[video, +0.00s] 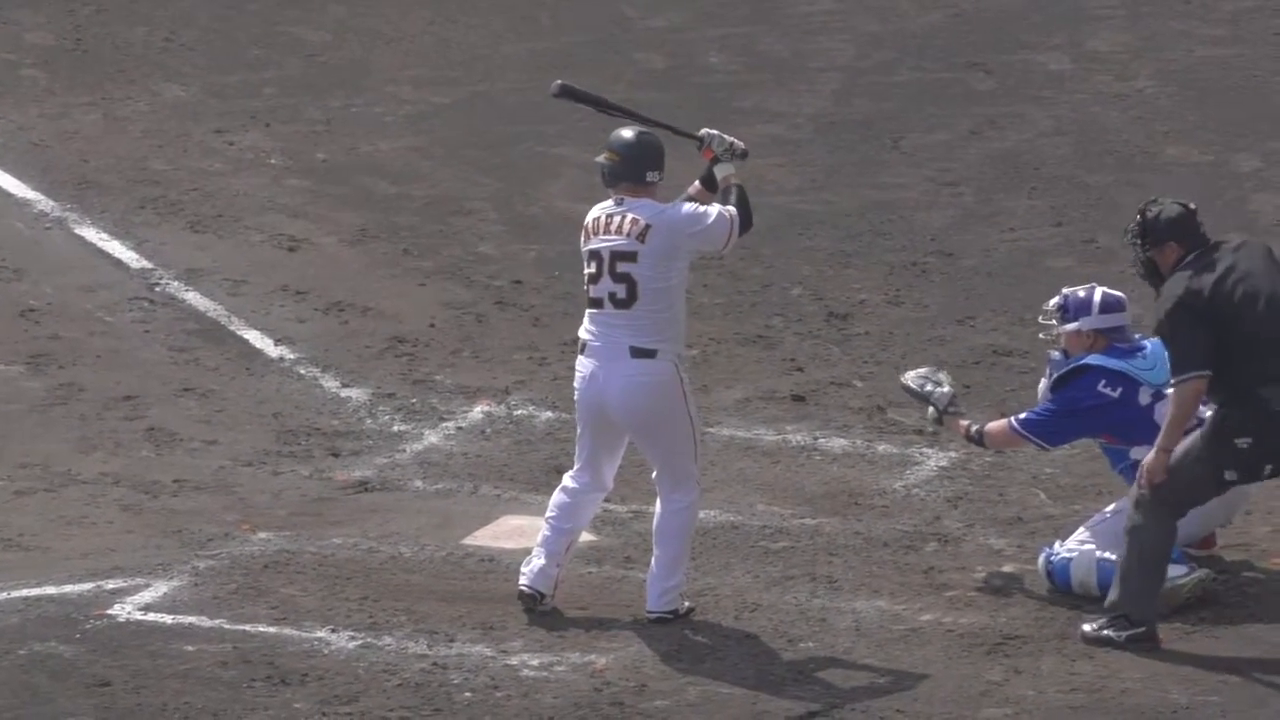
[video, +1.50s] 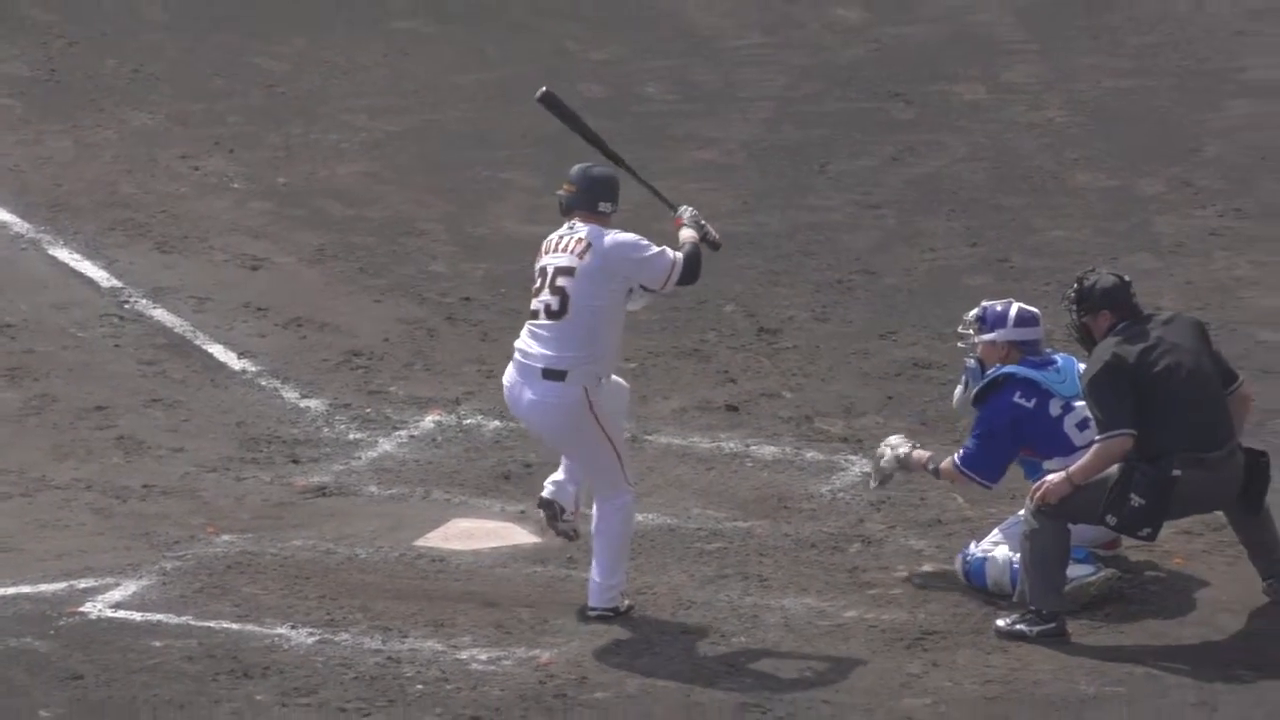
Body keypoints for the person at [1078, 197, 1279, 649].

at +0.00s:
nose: (1148, 259)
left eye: (1150, 249)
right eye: (1145, 249)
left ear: (1170, 248)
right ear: (1196, 235)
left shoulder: (1184, 295)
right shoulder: (1254, 251)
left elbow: (1191, 385)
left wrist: (1162, 452)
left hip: (1258, 426)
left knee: (1155, 498)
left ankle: (1132, 618)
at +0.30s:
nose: (1144, 295)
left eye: (1146, 287)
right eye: (1141, 287)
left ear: (1167, 286)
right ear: (1193, 271)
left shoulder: (1176, 327)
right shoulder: (1254, 285)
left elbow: (1194, 406)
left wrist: (1158, 463)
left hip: (1251, 451)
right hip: (1271, 437)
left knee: (1139, 497)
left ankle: (1130, 618)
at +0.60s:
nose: (1158, 315)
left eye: (1160, 306)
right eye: (1157, 307)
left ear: (1180, 306)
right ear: (1205, 293)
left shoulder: (1186, 347)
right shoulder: (1260, 305)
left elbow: (1197, 429)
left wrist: (1152, 476)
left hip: (1256, 476)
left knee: (1130, 501)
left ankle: (1126, 620)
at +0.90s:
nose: (1161, 317)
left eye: (1163, 308)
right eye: (1159, 308)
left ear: (1185, 308)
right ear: (1207, 297)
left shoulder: (1188, 352)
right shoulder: (1263, 310)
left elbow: (1203, 435)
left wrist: (1149, 478)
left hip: (1252, 485)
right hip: (1273, 472)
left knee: (1126, 502)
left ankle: (1122, 623)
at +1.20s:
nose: (1132, 327)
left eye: (1135, 318)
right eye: (1129, 318)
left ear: (1158, 317)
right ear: (1184, 304)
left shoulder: (1158, 364)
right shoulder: (1245, 323)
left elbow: (1173, 445)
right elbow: (1266, 389)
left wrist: (1118, 485)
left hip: (1230, 491)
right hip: (1274, 478)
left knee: (1096, 509)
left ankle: (1093, 627)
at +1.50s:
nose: (1081, 326)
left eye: (1084, 318)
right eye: (1079, 318)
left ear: (1105, 318)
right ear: (1130, 306)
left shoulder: (1105, 363)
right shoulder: (1186, 326)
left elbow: (1118, 441)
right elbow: (1239, 395)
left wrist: (1067, 478)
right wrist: (1222, 447)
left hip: (1164, 488)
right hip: (1228, 476)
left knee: (1045, 502)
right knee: (1237, 478)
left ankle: (1043, 613)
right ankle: (1277, 579)